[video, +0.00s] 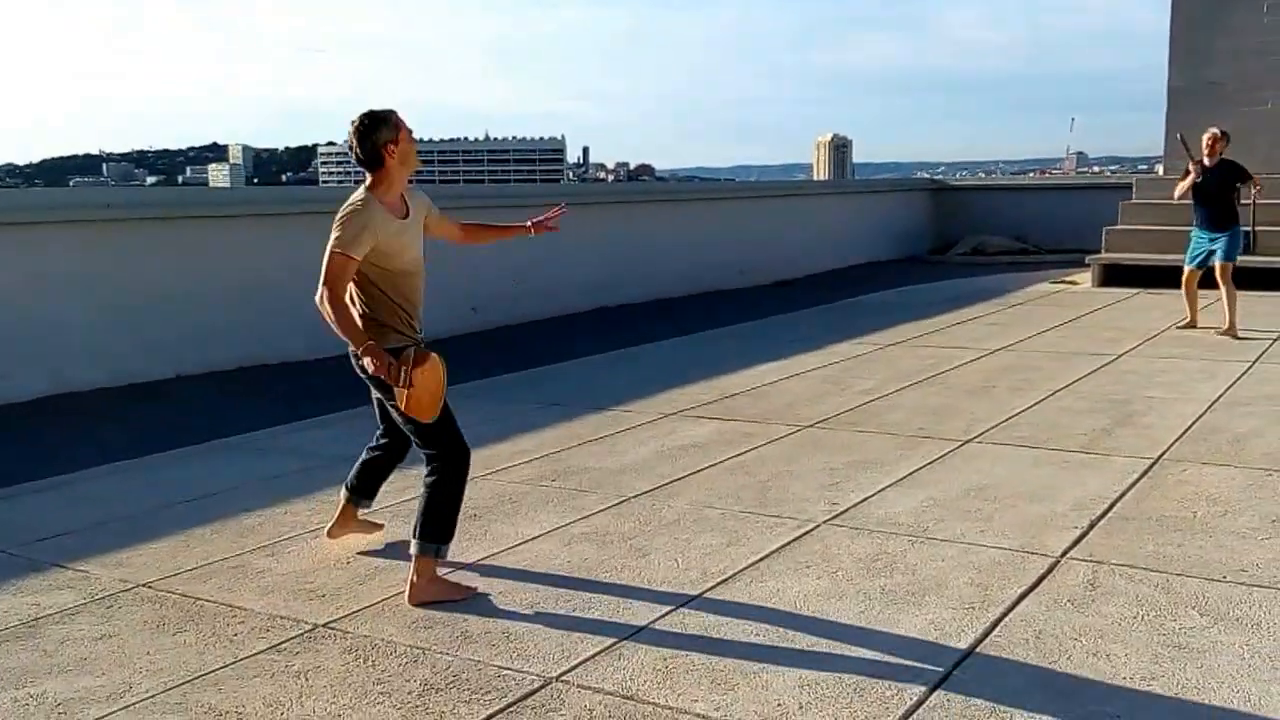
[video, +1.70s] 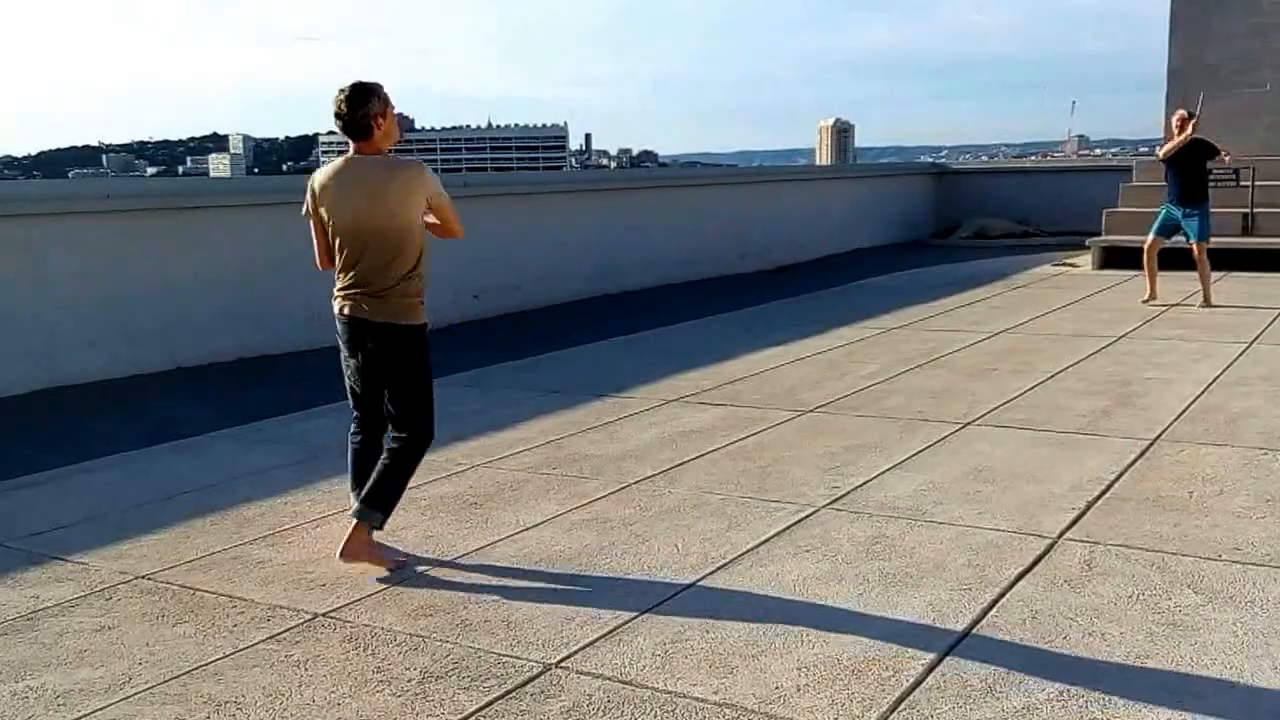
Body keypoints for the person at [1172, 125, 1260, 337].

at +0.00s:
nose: (1209, 144)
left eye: (1215, 141)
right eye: (1207, 140)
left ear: (1223, 146)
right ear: (1202, 143)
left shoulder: (1230, 167)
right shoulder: (1194, 168)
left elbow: (1253, 181)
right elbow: (1177, 195)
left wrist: (1256, 189)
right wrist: (1192, 177)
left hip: (1227, 231)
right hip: (1201, 230)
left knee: (1222, 274)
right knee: (1188, 277)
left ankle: (1230, 325)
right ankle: (1192, 318)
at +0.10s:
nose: (1207, 144)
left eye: (1212, 140)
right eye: (1204, 140)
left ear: (1219, 145)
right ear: (1199, 143)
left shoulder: (1229, 167)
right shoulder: (1190, 169)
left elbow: (1245, 191)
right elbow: (1174, 201)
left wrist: (1243, 202)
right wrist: (1185, 190)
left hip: (1223, 229)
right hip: (1196, 230)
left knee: (1222, 272)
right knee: (1181, 277)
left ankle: (1233, 321)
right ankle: (1190, 315)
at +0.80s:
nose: (1179, 152)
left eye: (1183, 147)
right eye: (1178, 148)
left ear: (1195, 149)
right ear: (1177, 151)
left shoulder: (1206, 167)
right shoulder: (1189, 175)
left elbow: (1222, 184)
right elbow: (1180, 201)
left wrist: (1211, 201)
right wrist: (1154, 203)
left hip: (1221, 228)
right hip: (1201, 229)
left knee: (1222, 271)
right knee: (1170, 262)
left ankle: (1256, 309)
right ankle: (1165, 303)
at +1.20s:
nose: (1159, 151)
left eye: (1163, 147)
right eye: (1157, 148)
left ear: (1175, 148)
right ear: (1156, 151)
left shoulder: (1192, 163)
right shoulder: (1161, 175)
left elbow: (1221, 175)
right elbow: (1157, 197)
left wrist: (1229, 185)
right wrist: (1144, 191)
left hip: (1208, 222)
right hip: (1184, 225)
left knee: (1223, 259)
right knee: (1154, 259)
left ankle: (1252, 304)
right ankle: (1166, 299)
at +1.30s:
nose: (1164, 139)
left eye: (1168, 135)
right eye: (1162, 135)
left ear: (1178, 138)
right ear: (1160, 139)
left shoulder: (1193, 154)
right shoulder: (1159, 163)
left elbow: (1221, 164)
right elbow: (1161, 184)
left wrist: (1231, 165)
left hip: (1204, 215)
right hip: (1179, 218)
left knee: (1219, 255)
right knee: (1155, 258)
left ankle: (1243, 298)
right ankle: (1165, 298)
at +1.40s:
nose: (1173, 130)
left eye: (1176, 126)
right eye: (1169, 126)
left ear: (1183, 128)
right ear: (1164, 130)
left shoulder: (1196, 146)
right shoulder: (1160, 152)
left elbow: (1225, 155)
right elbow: (1161, 166)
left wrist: (1233, 149)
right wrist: (1175, 146)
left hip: (1200, 209)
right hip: (1176, 211)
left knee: (1209, 251)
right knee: (1158, 253)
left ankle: (1227, 293)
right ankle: (1164, 298)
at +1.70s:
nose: (1180, 124)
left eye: (1184, 121)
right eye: (1177, 120)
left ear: (1190, 124)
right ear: (1172, 124)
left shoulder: (1199, 144)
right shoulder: (1168, 146)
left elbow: (1220, 156)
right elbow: (1162, 155)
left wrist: (1225, 158)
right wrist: (1186, 136)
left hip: (1196, 207)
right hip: (1172, 206)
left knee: (1199, 252)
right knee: (1150, 246)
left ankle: (1206, 297)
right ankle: (1151, 292)